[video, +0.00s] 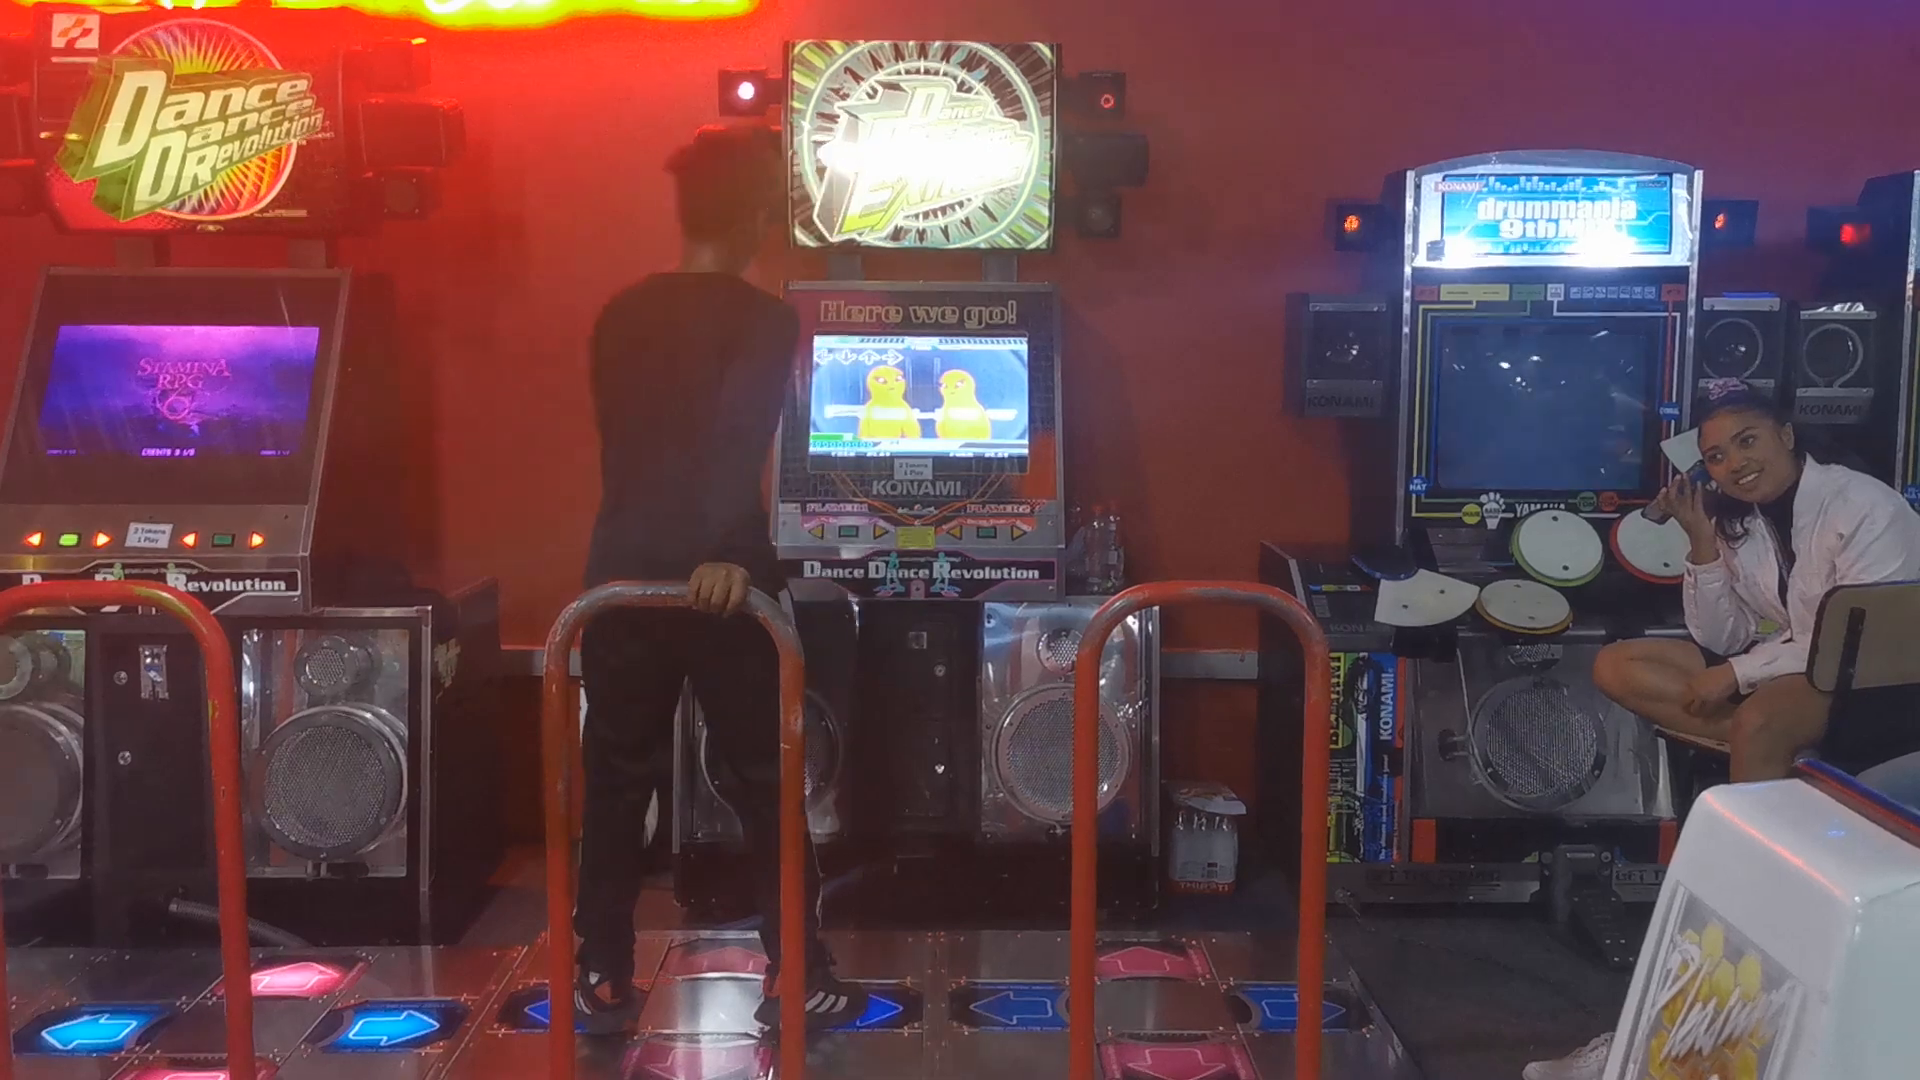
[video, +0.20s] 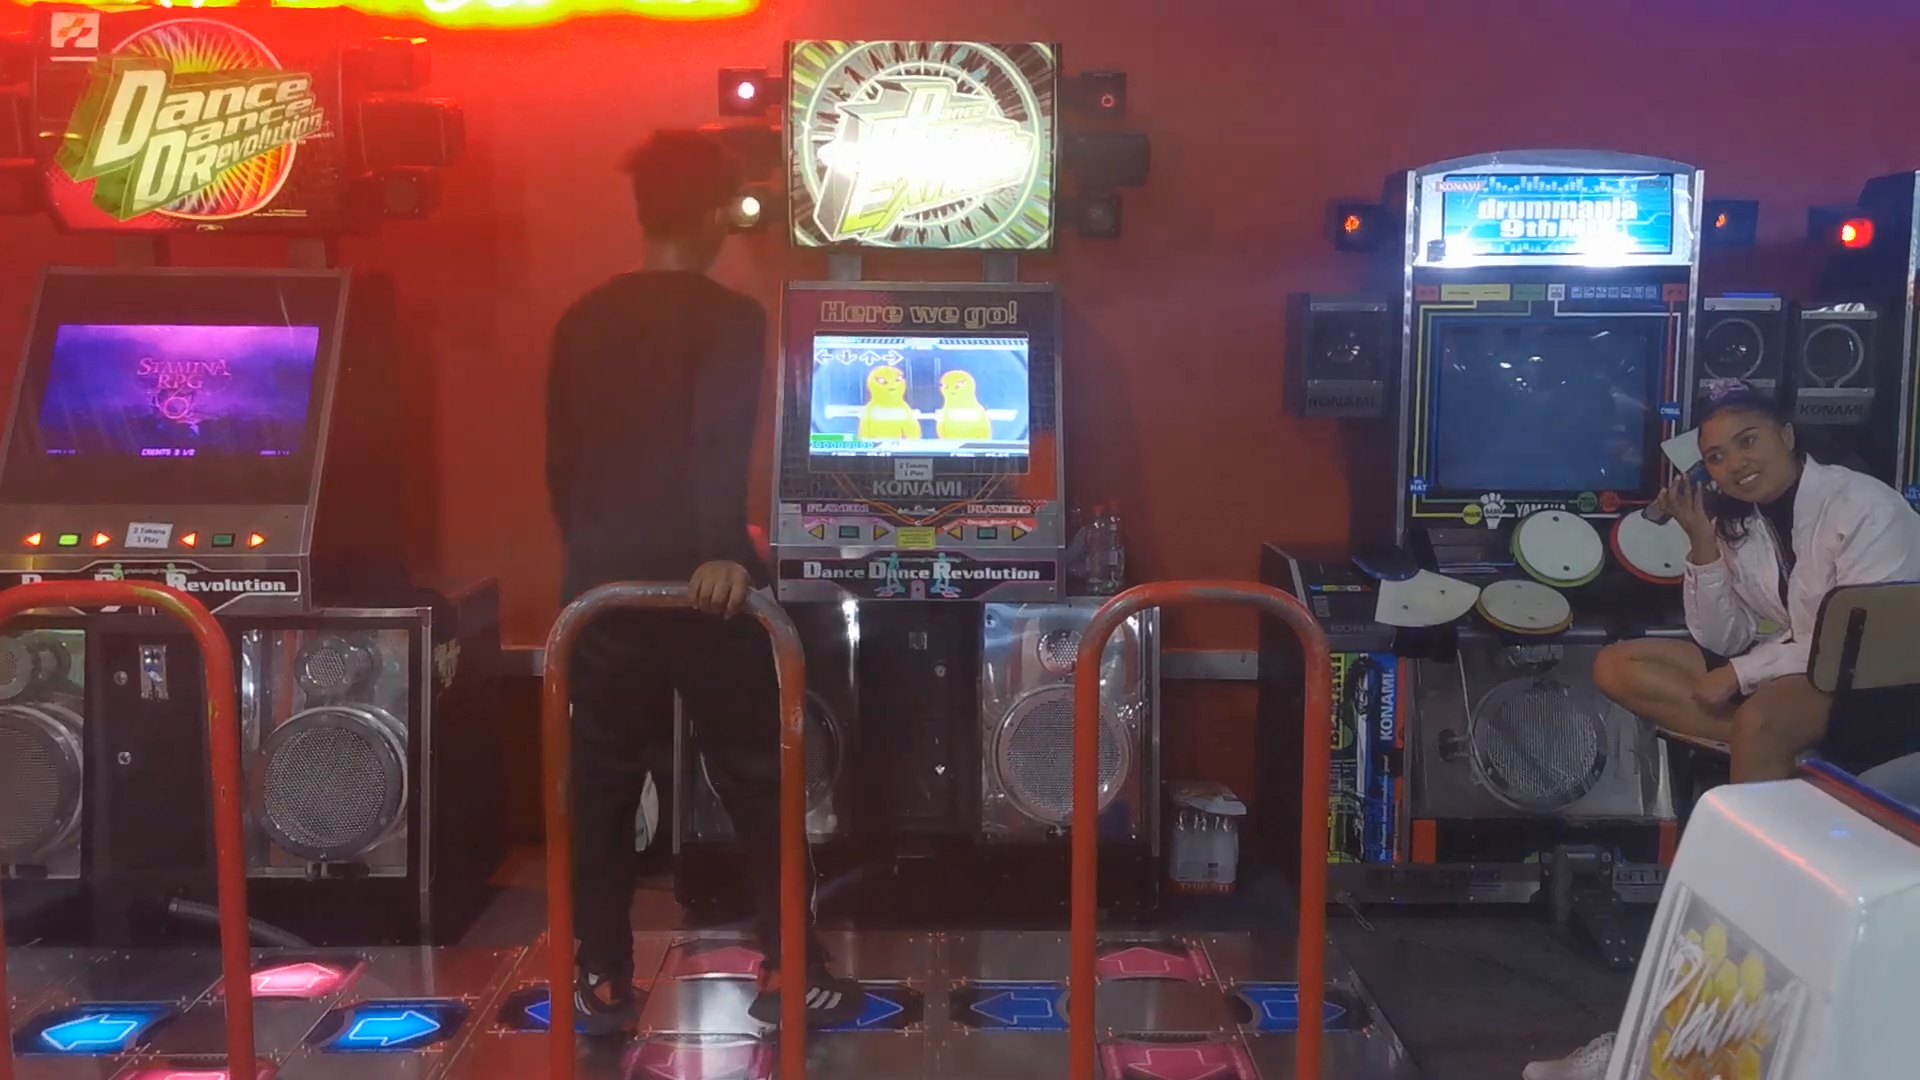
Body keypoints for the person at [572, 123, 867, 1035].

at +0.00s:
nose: (781, 222)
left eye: (778, 206)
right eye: (776, 207)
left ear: (684, 211)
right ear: (758, 217)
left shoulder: (619, 313)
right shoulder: (769, 319)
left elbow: (621, 449)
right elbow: (743, 435)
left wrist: (653, 535)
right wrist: (728, 541)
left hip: (624, 576)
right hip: (728, 580)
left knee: (615, 784)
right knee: (768, 778)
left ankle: (603, 981)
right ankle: (798, 976)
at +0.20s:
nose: (736, 224)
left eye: (732, 208)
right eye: (731, 209)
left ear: (646, 215)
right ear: (711, 217)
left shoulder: (583, 318)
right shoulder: (732, 317)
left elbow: (564, 463)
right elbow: (724, 440)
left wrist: (595, 554)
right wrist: (722, 543)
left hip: (602, 574)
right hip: (707, 573)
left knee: (604, 777)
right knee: (757, 770)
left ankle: (602, 977)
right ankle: (799, 963)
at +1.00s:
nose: (811, 219)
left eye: (805, 203)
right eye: (809, 205)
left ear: (727, 208)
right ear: (796, 211)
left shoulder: (661, 305)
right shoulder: (807, 310)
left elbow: (655, 439)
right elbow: (767, 428)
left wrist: (688, 530)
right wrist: (724, 543)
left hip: (655, 562)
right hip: (758, 571)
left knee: (631, 772)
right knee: (785, 777)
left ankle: (603, 969)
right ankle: (804, 975)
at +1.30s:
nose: (748, 218)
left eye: (739, 204)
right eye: (745, 206)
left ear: (660, 211)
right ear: (732, 215)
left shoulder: (599, 312)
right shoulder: (750, 311)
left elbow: (582, 459)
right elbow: (734, 435)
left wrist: (628, 528)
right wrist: (723, 538)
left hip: (613, 570)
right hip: (720, 569)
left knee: (611, 776)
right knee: (762, 763)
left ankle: (602, 976)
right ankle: (807, 966)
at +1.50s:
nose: (735, 215)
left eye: (730, 202)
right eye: (729, 202)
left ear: (641, 210)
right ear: (715, 211)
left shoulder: (589, 312)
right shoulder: (738, 306)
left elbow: (546, 454)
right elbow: (728, 428)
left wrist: (502, 575)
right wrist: (723, 539)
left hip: (609, 580)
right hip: (718, 578)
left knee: (605, 792)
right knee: (764, 777)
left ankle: (603, 985)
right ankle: (806, 973)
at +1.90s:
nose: (800, 210)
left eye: (793, 197)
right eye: (796, 198)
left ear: (711, 211)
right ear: (787, 210)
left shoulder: (653, 312)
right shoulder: (800, 309)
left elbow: (628, 453)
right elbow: (768, 425)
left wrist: (625, 565)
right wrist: (733, 542)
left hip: (659, 569)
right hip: (762, 569)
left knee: (642, 771)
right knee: (795, 768)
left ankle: (603, 969)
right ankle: (808, 972)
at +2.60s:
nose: (755, 222)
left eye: (748, 209)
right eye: (751, 209)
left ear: (663, 216)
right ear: (741, 218)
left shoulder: (599, 311)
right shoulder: (758, 318)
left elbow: (555, 450)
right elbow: (733, 428)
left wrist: (527, 570)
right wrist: (724, 540)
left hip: (609, 574)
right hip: (716, 575)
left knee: (604, 781)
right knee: (759, 774)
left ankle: (600, 979)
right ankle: (806, 970)